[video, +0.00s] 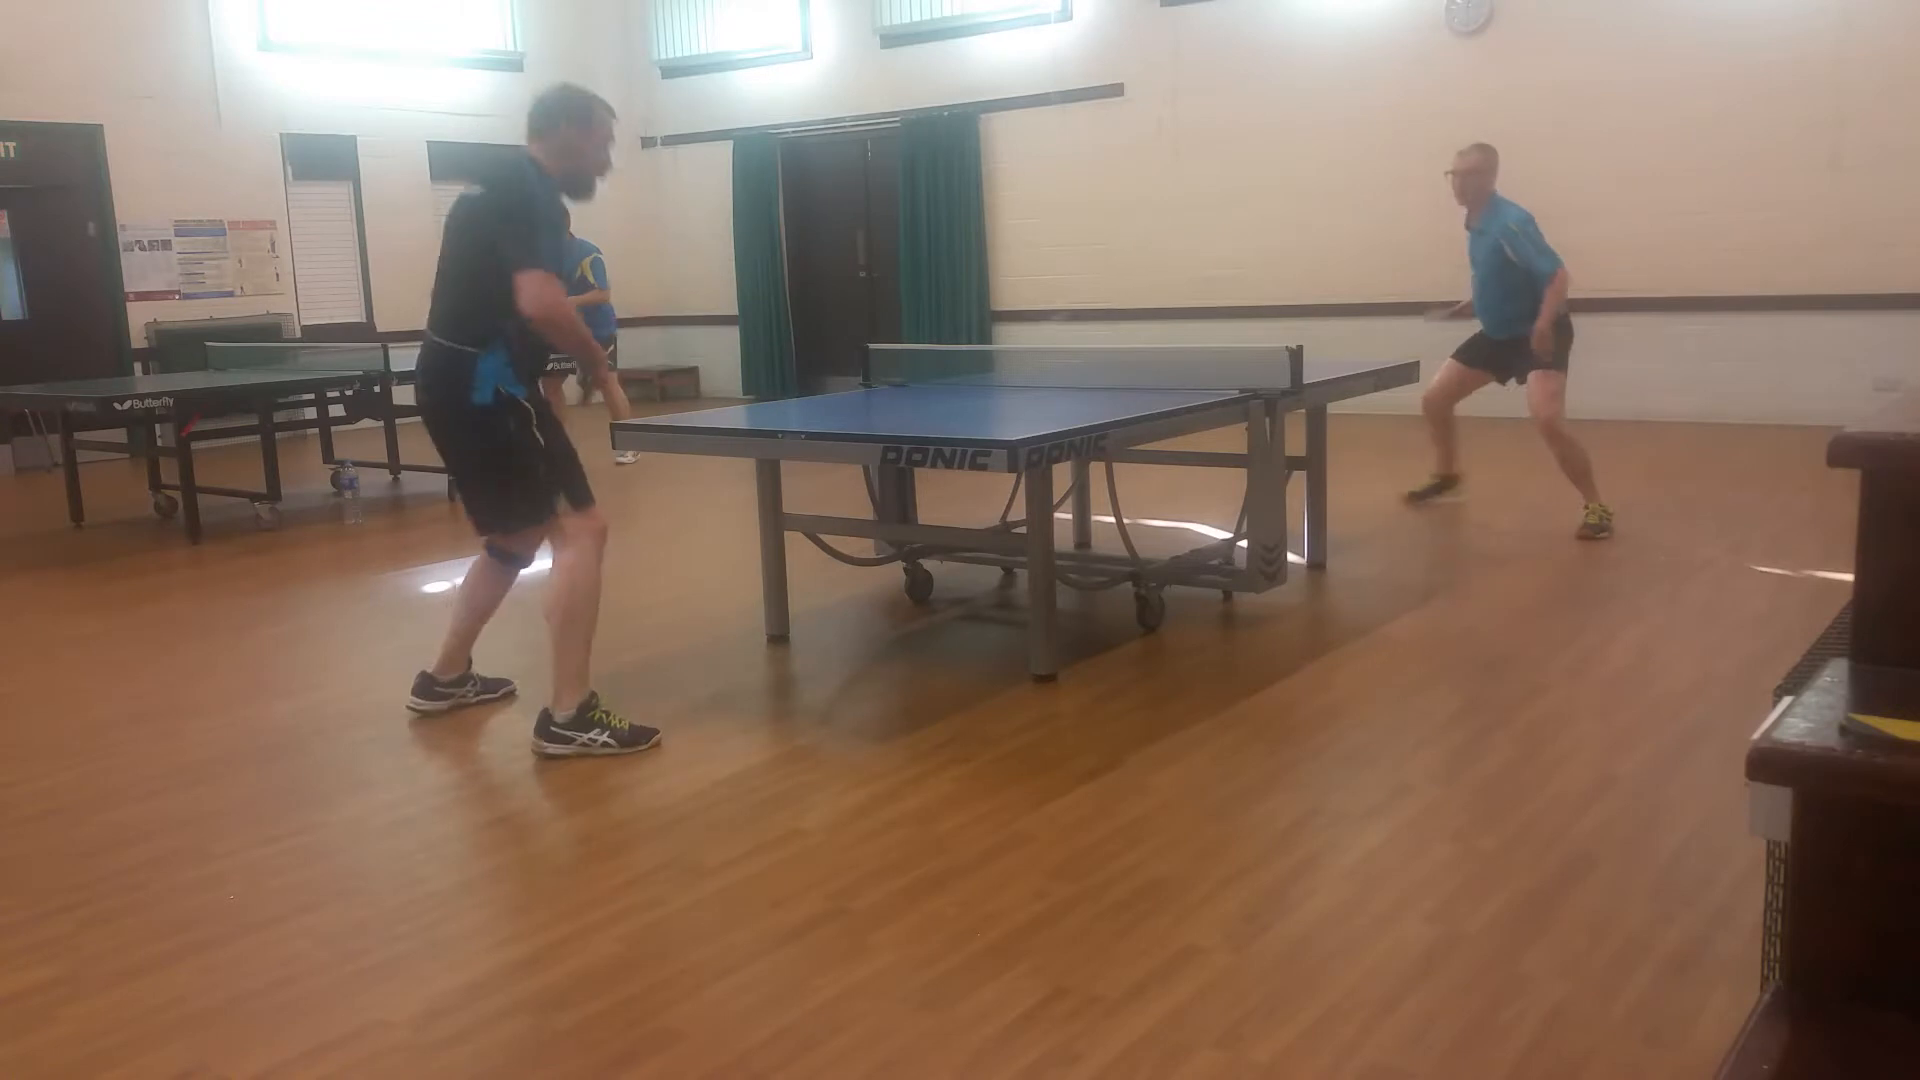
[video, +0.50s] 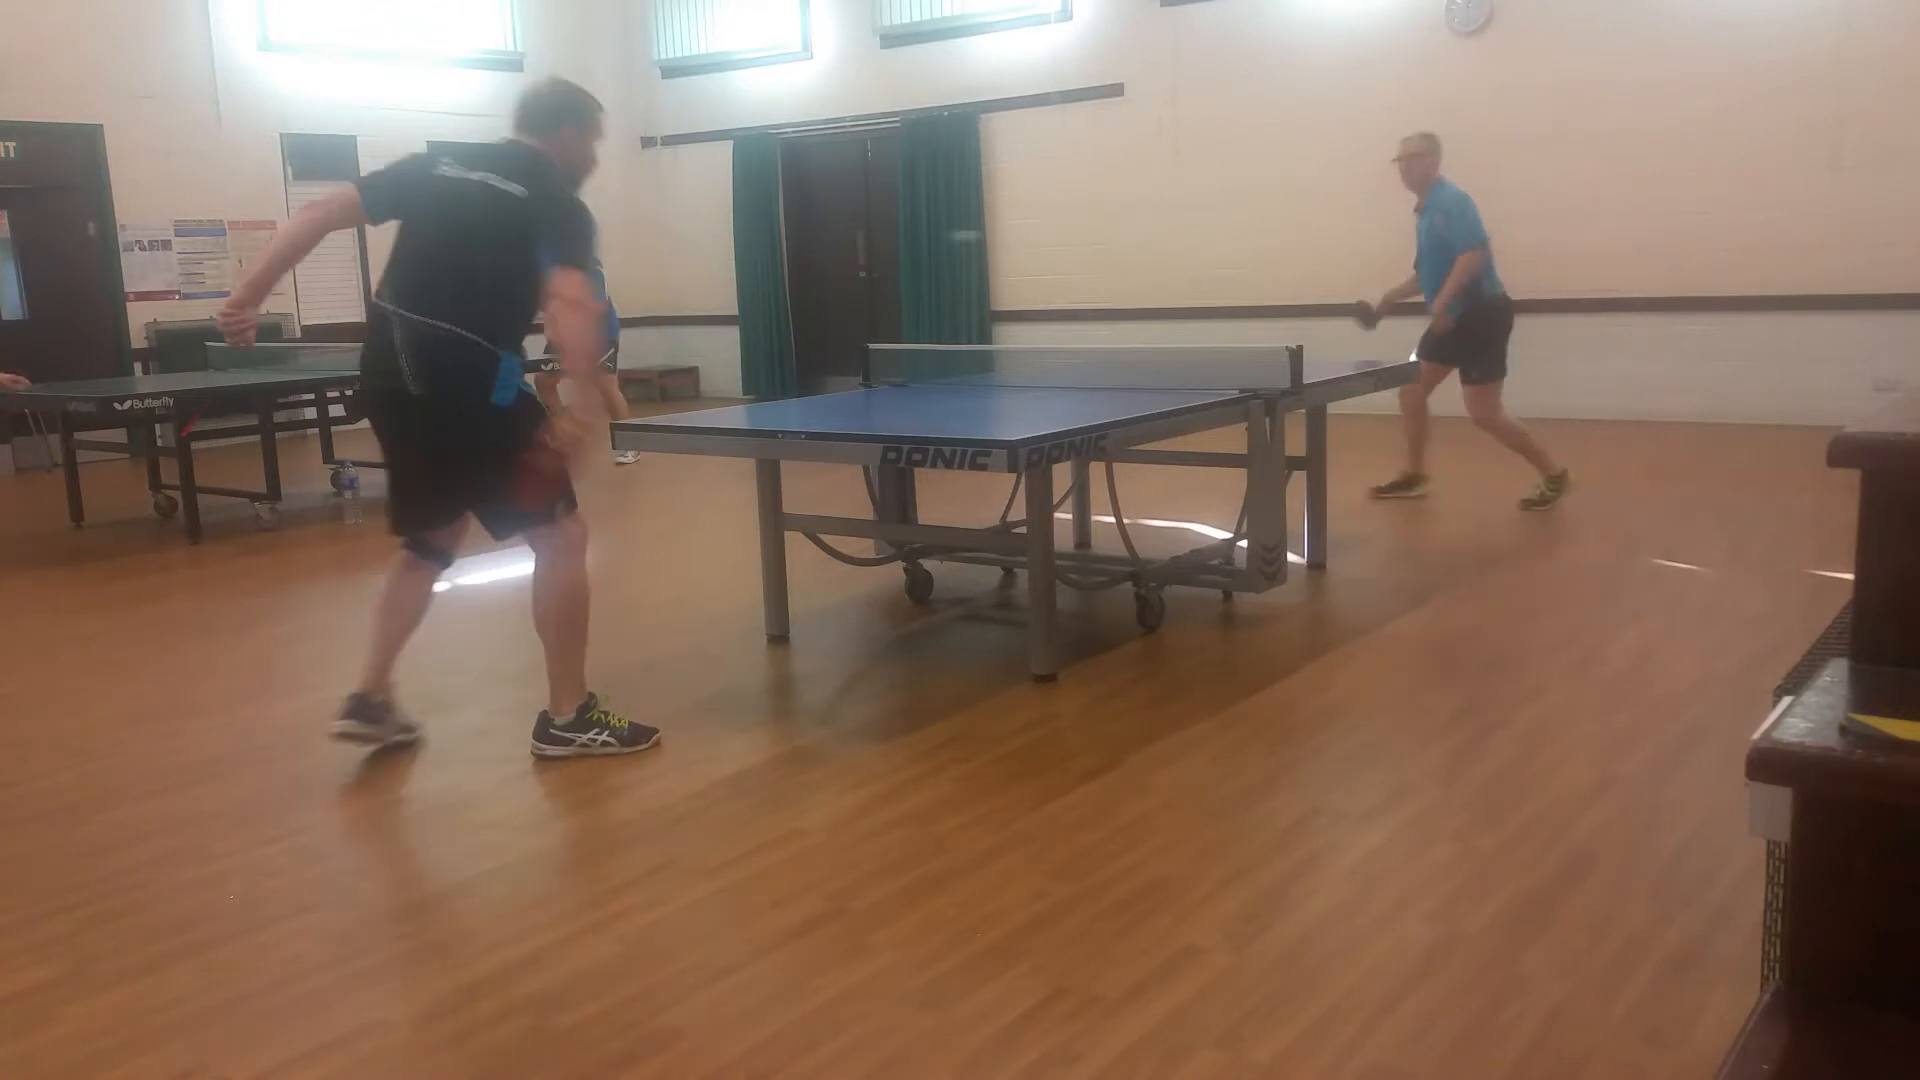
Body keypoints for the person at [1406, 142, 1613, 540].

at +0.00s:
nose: (1454, 183)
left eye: (1462, 176)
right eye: (1453, 176)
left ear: (1486, 179)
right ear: (1459, 179)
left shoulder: (1513, 223)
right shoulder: (1476, 220)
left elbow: (1559, 277)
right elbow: (1500, 277)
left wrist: (1544, 325)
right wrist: (1472, 306)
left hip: (1541, 333)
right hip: (1497, 335)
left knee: (1546, 419)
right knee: (1435, 400)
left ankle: (1595, 506)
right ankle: (1447, 475)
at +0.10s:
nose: (1450, 177)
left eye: (1459, 170)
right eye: (1447, 170)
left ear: (1481, 173)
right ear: (1447, 174)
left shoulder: (1504, 215)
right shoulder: (1465, 221)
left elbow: (1545, 269)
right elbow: (1471, 282)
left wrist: (1524, 316)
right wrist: (1434, 309)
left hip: (1532, 329)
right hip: (1490, 334)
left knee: (1543, 415)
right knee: (1448, 409)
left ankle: (1593, 504)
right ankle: (1477, 481)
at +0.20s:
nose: (1438, 170)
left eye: (1447, 162)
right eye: (1436, 163)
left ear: (1469, 166)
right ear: (1434, 168)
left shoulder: (1487, 207)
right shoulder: (1448, 218)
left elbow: (1528, 257)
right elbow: (1432, 276)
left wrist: (1511, 303)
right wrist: (1398, 302)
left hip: (1517, 322)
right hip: (1479, 329)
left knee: (1531, 412)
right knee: (1446, 404)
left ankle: (1585, 498)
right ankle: (1477, 480)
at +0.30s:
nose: (1427, 158)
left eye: (1435, 151)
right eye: (1425, 151)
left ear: (1457, 152)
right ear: (1427, 155)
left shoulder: (1478, 193)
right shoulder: (1440, 206)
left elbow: (1514, 244)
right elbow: (1426, 266)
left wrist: (1494, 291)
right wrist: (1390, 285)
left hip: (1504, 309)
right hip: (1467, 315)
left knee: (1500, 402)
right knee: (1447, 401)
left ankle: (1570, 475)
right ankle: (1476, 479)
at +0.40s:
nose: (1414, 156)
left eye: (1421, 148)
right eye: (1413, 149)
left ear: (1444, 149)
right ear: (1425, 153)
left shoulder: (1469, 188)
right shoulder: (1436, 199)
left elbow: (1500, 237)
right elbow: (1425, 266)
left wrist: (1473, 290)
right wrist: (1388, 287)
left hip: (1494, 305)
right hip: (1457, 310)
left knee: (1484, 405)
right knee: (1428, 391)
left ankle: (1549, 471)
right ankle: (1461, 469)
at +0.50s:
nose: (1403, 168)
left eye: (1411, 160)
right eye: (1401, 161)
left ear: (1432, 162)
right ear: (1403, 165)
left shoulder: (1453, 201)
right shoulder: (1428, 208)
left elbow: (1473, 256)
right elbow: (1427, 272)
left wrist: (1440, 306)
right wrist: (1388, 298)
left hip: (1484, 312)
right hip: (1454, 315)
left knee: (1484, 412)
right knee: (1412, 389)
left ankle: (1554, 475)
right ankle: (1414, 474)